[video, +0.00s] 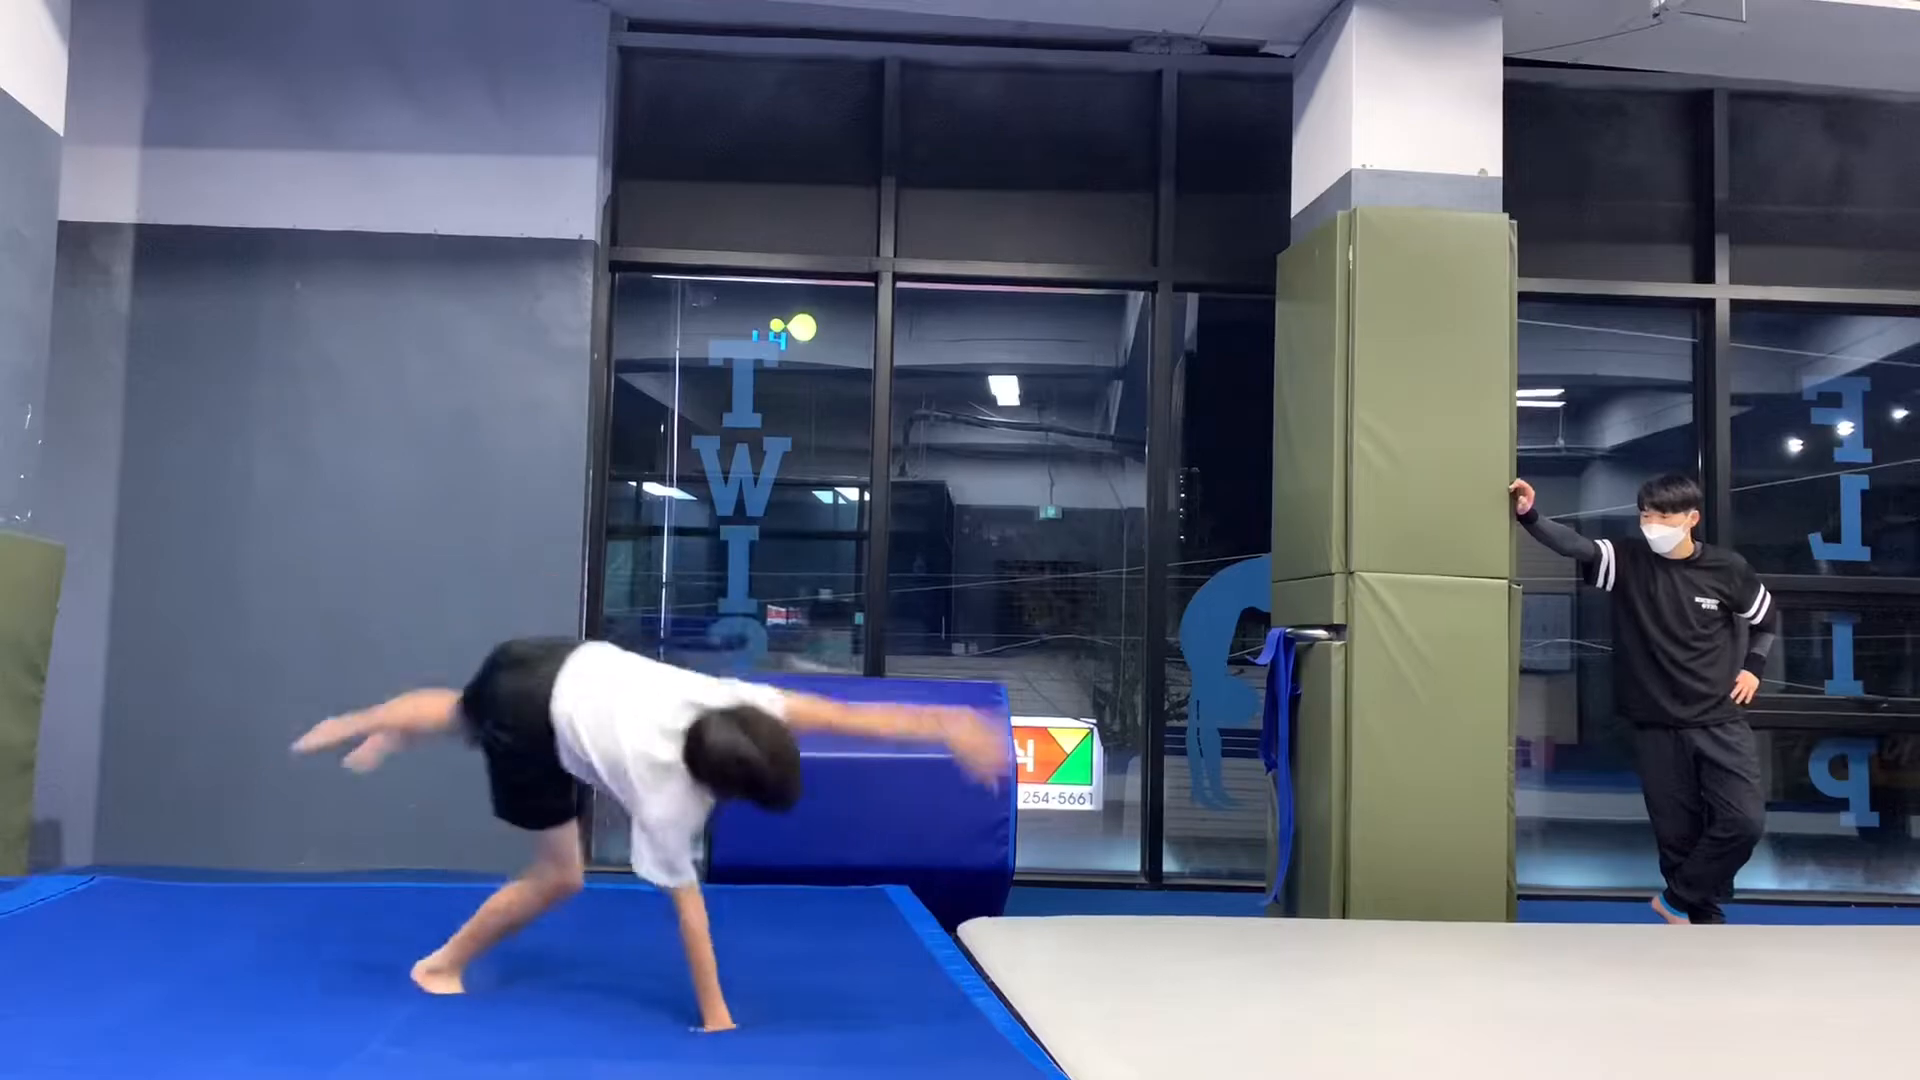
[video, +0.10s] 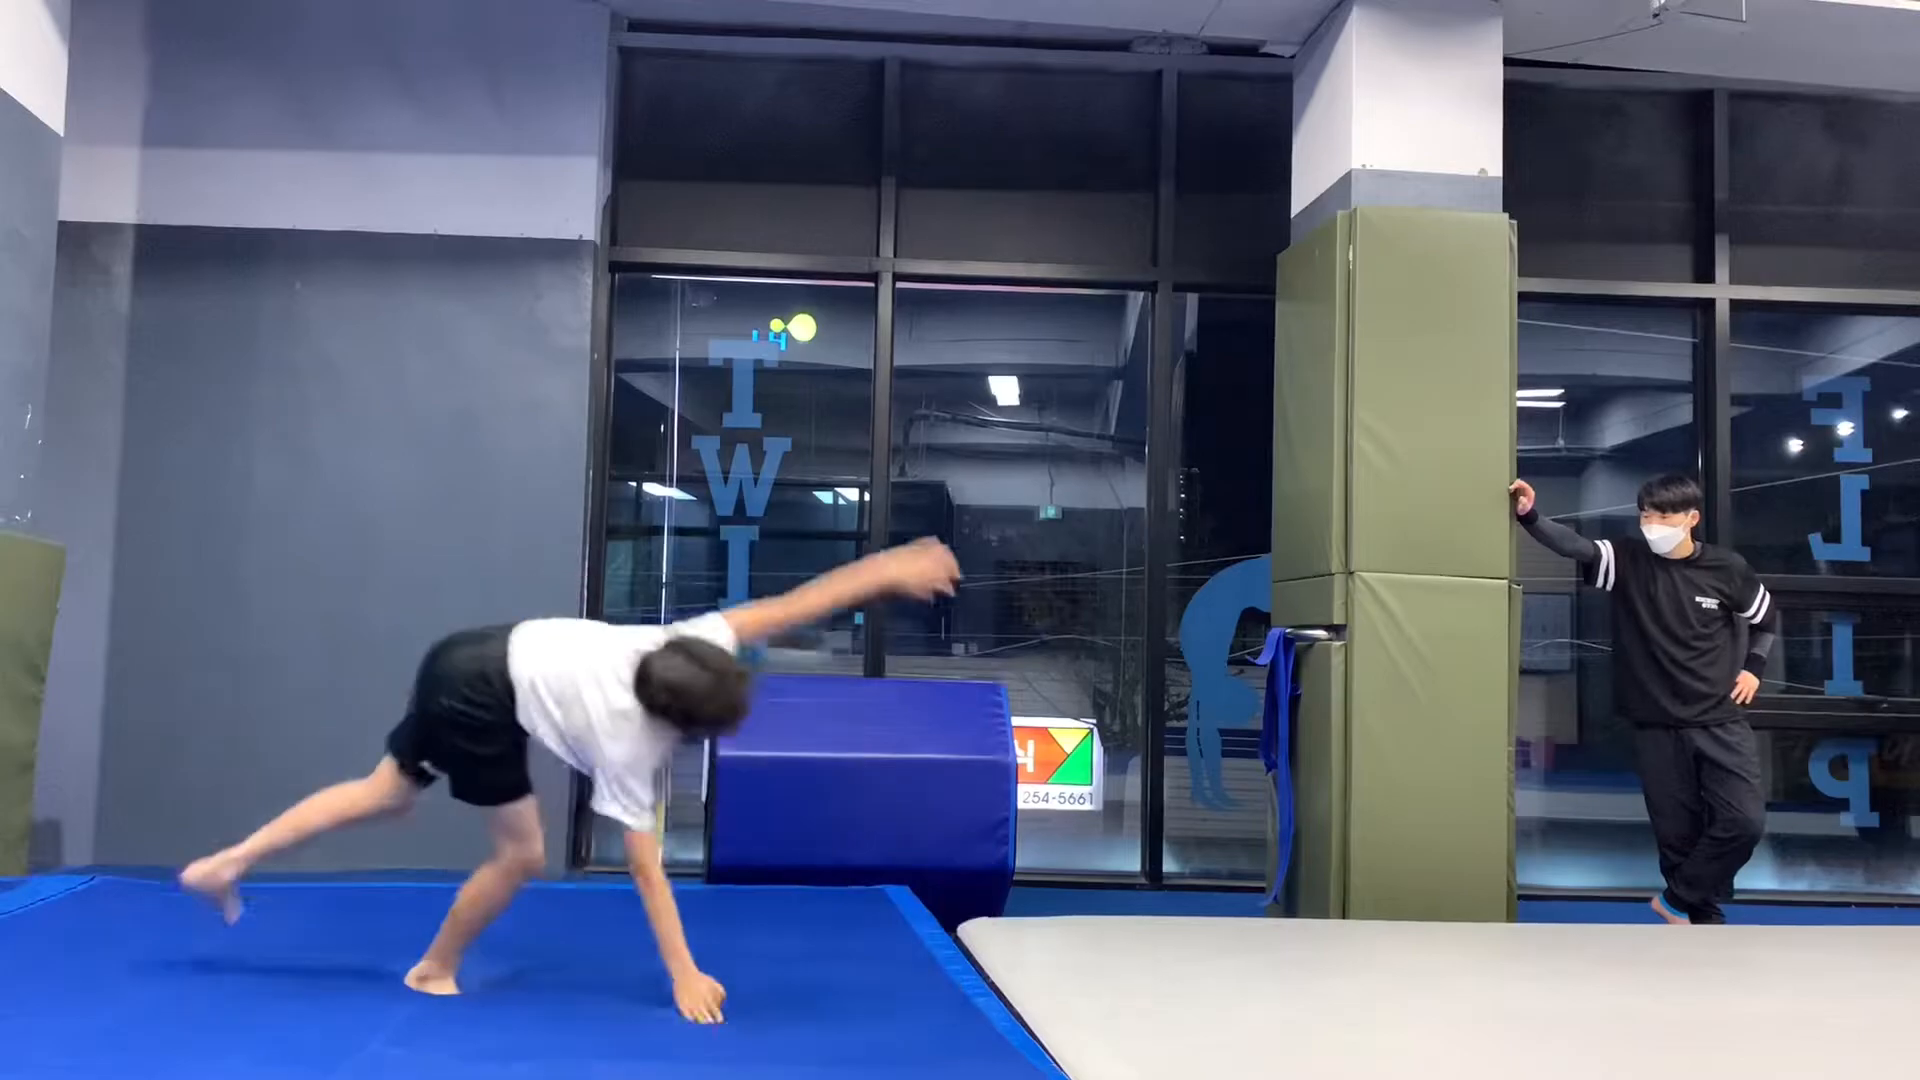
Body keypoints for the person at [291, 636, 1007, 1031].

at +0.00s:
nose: (781, 771)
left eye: (781, 758)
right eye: (769, 782)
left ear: (762, 734)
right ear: (733, 785)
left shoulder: (747, 704)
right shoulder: (670, 796)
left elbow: (842, 718)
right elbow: (690, 908)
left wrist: (948, 731)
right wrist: (713, 1009)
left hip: (555, 659)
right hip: (523, 718)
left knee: (463, 707)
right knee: (556, 875)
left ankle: (365, 724)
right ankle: (443, 965)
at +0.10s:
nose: (738, 710)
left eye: (738, 699)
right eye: (727, 715)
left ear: (711, 666)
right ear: (692, 721)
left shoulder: (695, 638)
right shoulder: (632, 743)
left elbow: (792, 608)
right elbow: (648, 867)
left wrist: (888, 568)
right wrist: (685, 974)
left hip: (470, 652)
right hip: (480, 699)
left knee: (382, 795)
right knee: (520, 859)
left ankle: (226, 863)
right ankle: (434, 969)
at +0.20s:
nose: (699, 645)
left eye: (698, 633)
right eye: (694, 642)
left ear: (661, 597)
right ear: (666, 644)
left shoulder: (647, 582)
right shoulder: (609, 677)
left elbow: (728, 524)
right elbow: (589, 807)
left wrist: (799, 459)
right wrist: (622, 925)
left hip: (400, 649)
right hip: (440, 681)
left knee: (341, 809)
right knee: (485, 831)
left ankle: (209, 926)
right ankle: (425, 967)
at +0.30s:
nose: (659, 595)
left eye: (666, 586)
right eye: (662, 584)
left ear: (624, 542)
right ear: (640, 574)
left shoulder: (580, 536)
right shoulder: (591, 619)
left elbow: (622, 491)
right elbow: (553, 739)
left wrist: (670, 445)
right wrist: (543, 872)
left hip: (360, 643)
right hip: (419, 669)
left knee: (306, 817)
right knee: (462, 826)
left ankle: (210, 964)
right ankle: (419, 965)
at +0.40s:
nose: (616, 546)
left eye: (624, 535)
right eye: (622, 533)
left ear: (568, 499)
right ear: (601, 522)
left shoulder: (511, 509)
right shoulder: (560, 588)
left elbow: (478, 486)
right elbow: (506, 711)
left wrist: (538, 496)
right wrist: (491, 824)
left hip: (354, 630)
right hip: (423, 656)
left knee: (287, 820)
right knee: (451, 827)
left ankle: (200, 983)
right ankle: (416, 966)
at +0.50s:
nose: (565, 500)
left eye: (570, 488)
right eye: (563, 485)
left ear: (505, 474)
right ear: (535, 476)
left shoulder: (437, 493)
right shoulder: (522, 556)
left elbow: (340, 532)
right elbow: (491, 674)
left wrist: (369, 595)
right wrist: (483, 776)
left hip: (345, 633)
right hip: (423, 649)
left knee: (280, 830)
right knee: (447, 817)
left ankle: (197, 995)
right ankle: (416, 964)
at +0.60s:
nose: (519, 457)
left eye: (520, 446)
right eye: (515, 444)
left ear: (455, 441)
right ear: (487, 441)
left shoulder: (377, 487)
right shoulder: (493, 523)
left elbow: (285, 561)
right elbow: (496, 642)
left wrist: (306, 634)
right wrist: (503, 733)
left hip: (336, 640)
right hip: (420, 642)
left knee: (279, 827)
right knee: (445, 811)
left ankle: (197, 995)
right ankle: (417, 963)